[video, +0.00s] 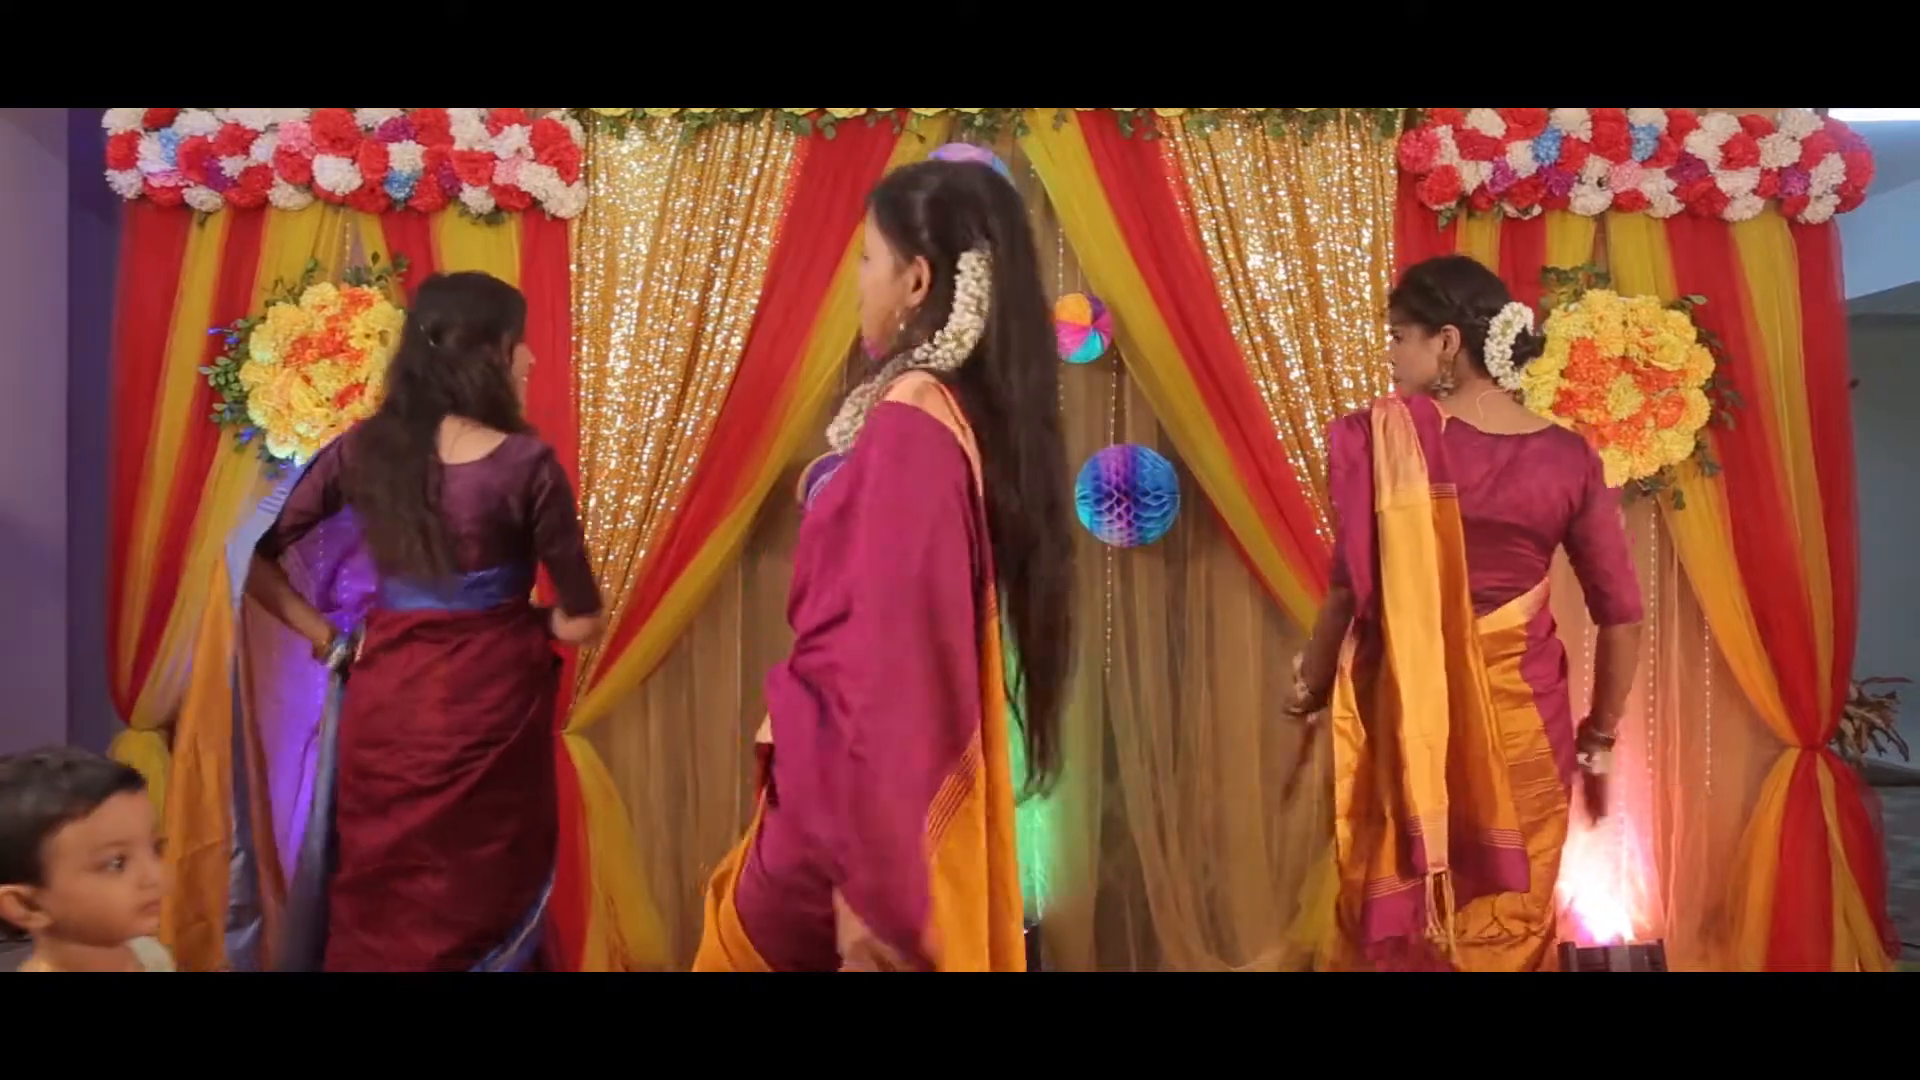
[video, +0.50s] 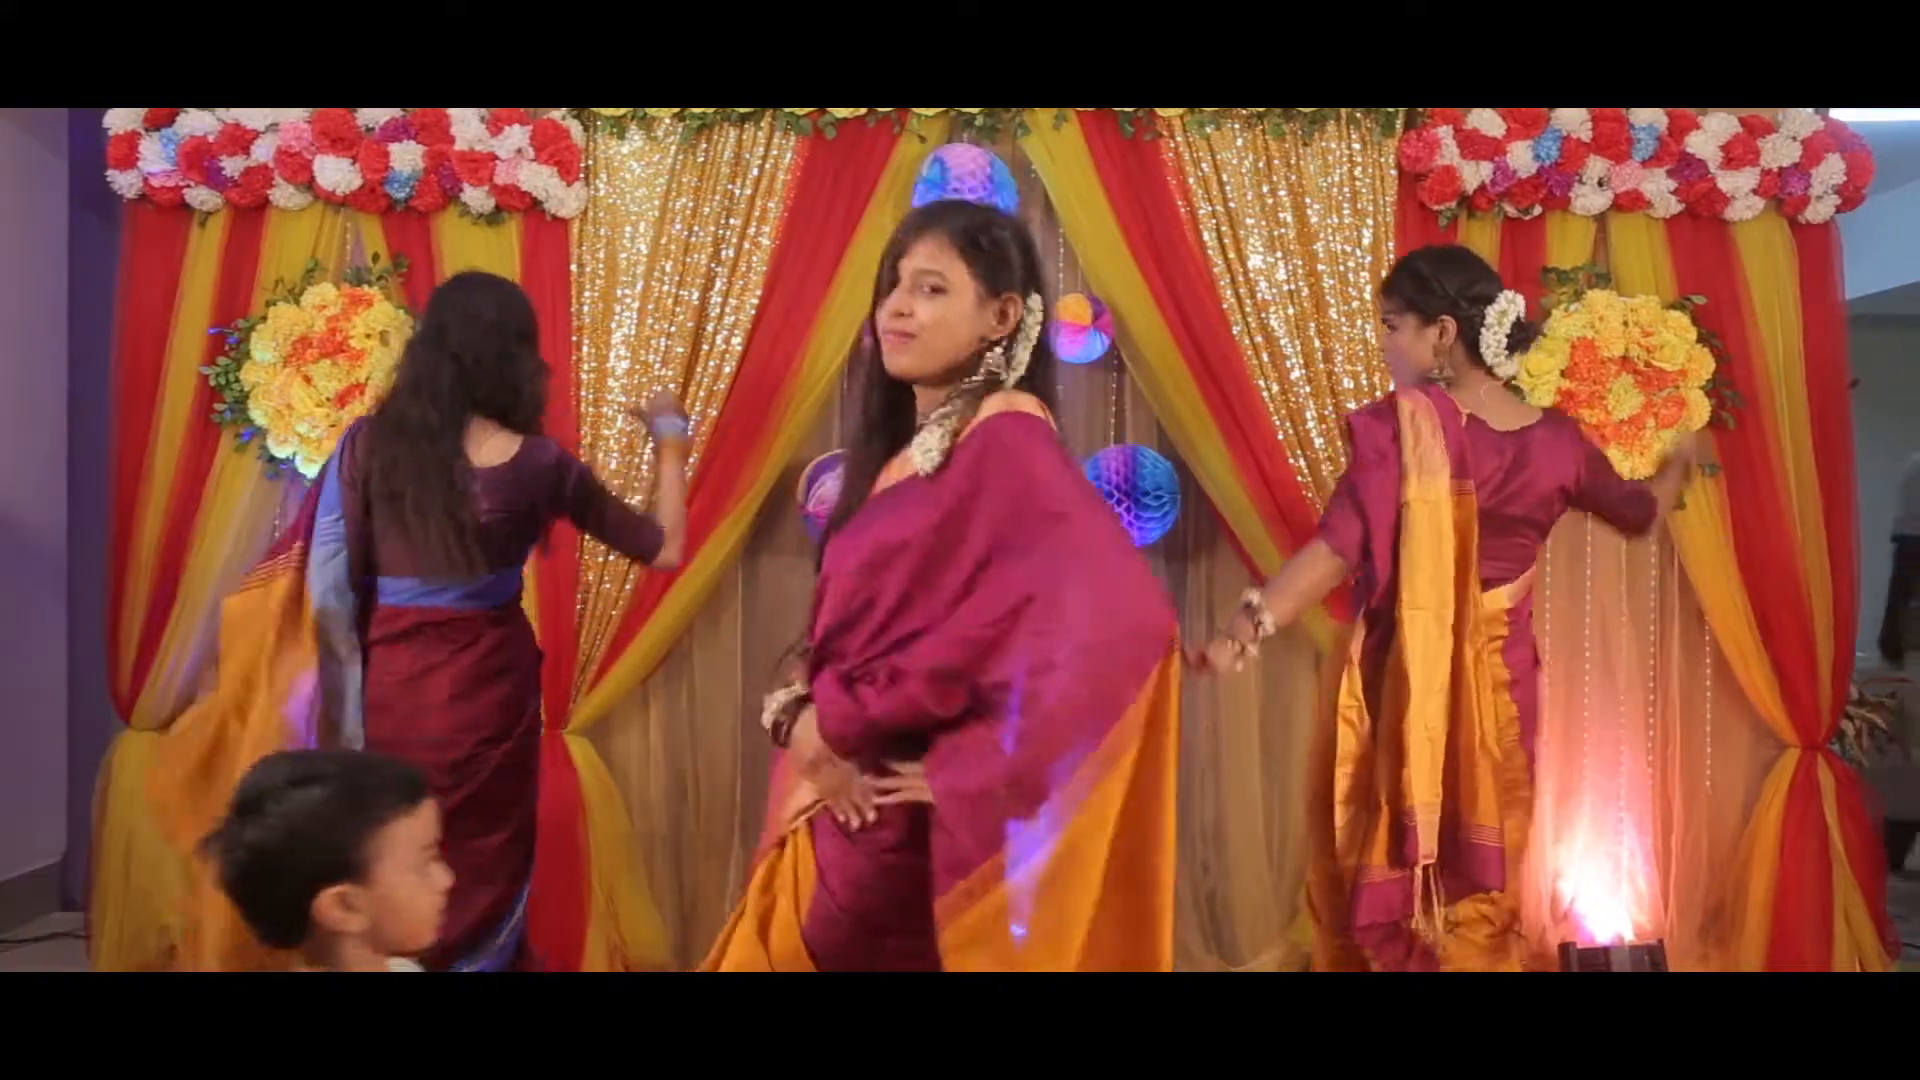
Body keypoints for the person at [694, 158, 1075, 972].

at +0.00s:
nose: (857, 282)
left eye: (866, 259)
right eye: (862, 258)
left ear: (916, 278)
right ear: (924, 278)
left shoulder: (908, 417)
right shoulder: (945, 401)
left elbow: (896, 662)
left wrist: (875, 890)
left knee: (738, 947)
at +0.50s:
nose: (897, 307)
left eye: (933, 288)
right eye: (895, 285)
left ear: (1003, 317)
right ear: (878, 303)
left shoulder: (1008, 435)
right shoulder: (906, 448)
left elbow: (1129, 620)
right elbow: (835, 629)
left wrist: (969, 771)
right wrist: (804, 728)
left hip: (915, 838)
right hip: (837, 825)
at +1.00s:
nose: (961, 294)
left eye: (992, 279)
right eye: (944, 268)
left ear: (1023, 306)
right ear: (908, 281)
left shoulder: (1042, 419)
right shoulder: (862, 442)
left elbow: (1180, 591)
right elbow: (770, 611)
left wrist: (1061, 706)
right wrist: (850, 679)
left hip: (969, 760)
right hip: (849, 765)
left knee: (893, 951)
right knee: (853, 951)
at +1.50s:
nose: (953, 278)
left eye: (978, 267)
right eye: (934, 253)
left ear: (993, 296)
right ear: (886, 259)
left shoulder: (1016, 417)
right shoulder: (791, 413)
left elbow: (1168, 562)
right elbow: (718, 591)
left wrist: (1078, 635)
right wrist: (885, 649)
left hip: (1005, 746)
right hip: (843, 750)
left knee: (1001, 958)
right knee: (844, 957)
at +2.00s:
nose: (883, 272)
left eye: (907, 252)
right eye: (859, 259)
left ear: (951, 280)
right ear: (836, 295)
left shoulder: (1019, 423)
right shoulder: (796, 433)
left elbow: (1109, 590)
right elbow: (745, 620)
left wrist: (976, 680)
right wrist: (911, 680)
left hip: (1002, 763)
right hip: (842, 762)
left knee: (969, 939)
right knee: (860, 947)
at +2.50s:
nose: (937, 326)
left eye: (953, 302)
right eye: (913, 306)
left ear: (975, 305)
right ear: (867, 313)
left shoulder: (1016, 442)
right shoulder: (808, 449)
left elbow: (1061, 607)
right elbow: (775, 636)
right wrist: (966, 688)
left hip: (1001, 783)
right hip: (855, 793)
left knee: (1006, 953)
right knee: (863, 960)